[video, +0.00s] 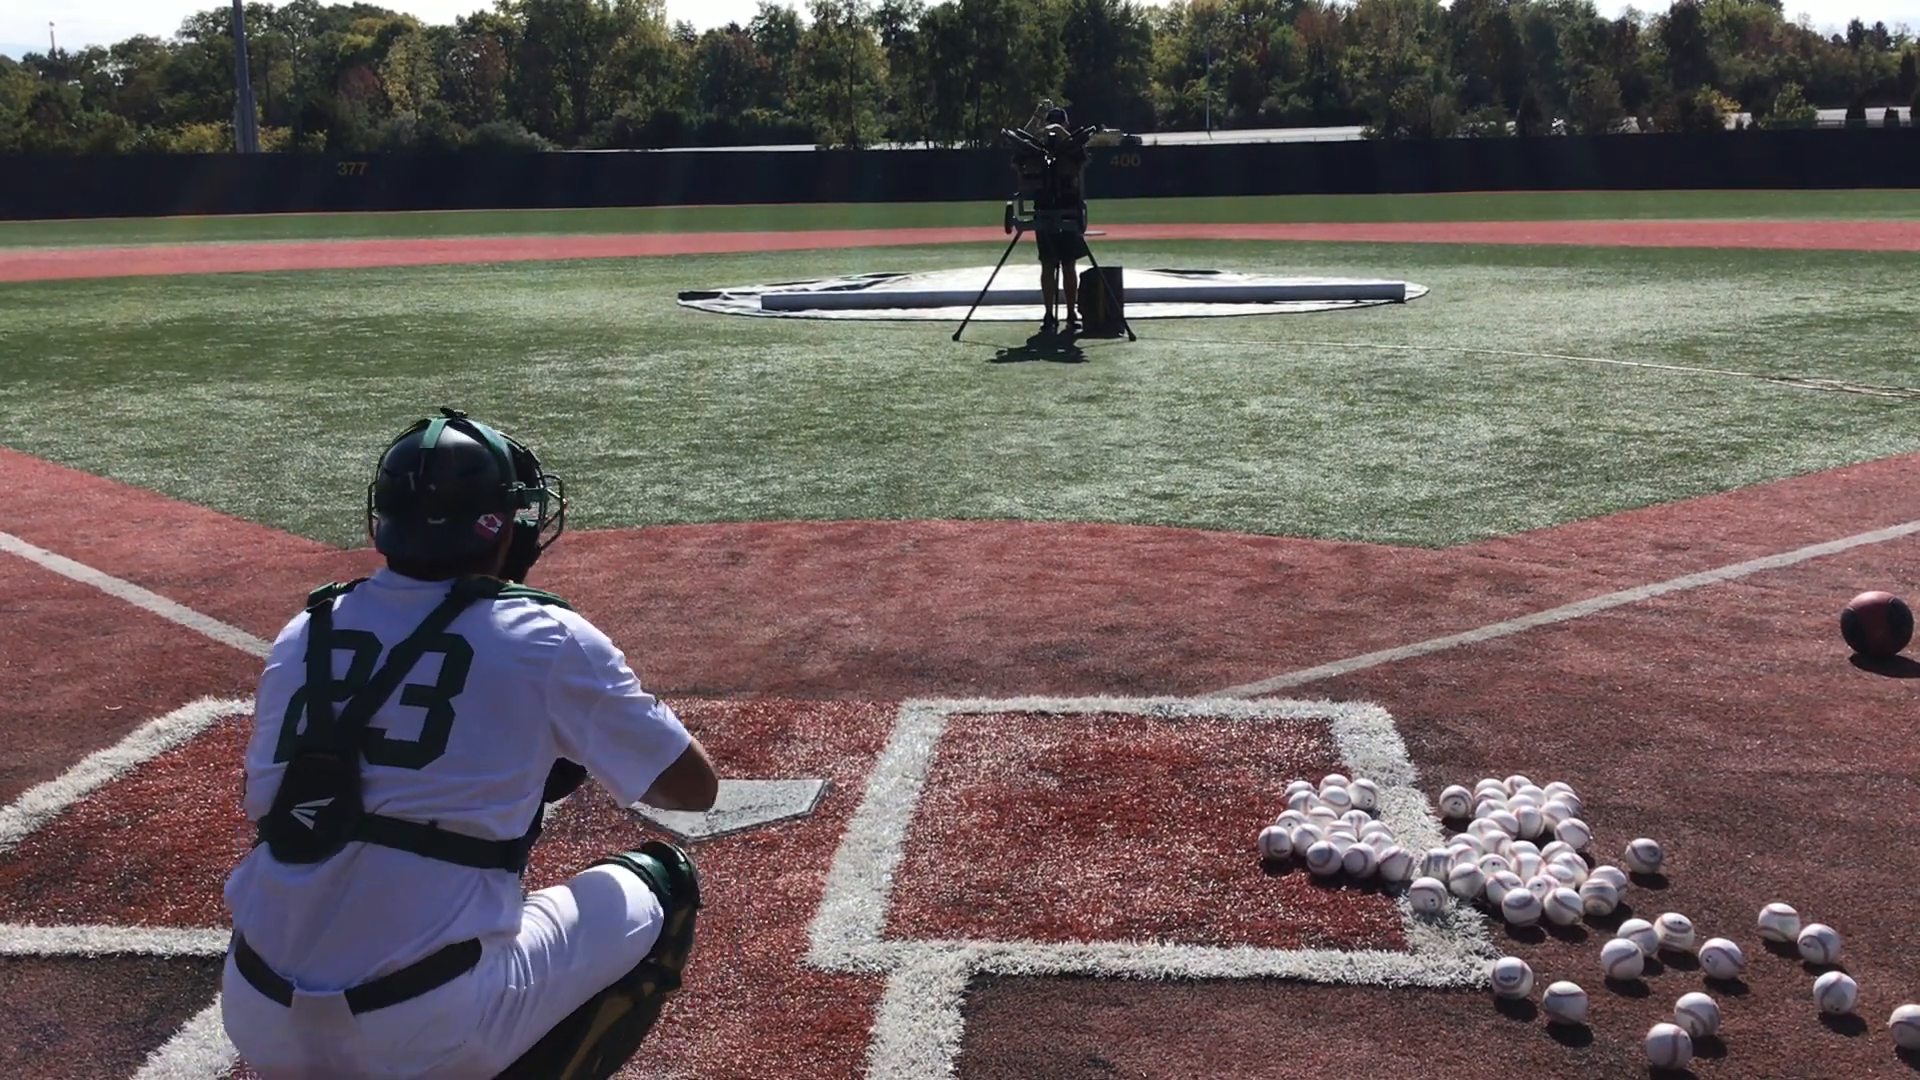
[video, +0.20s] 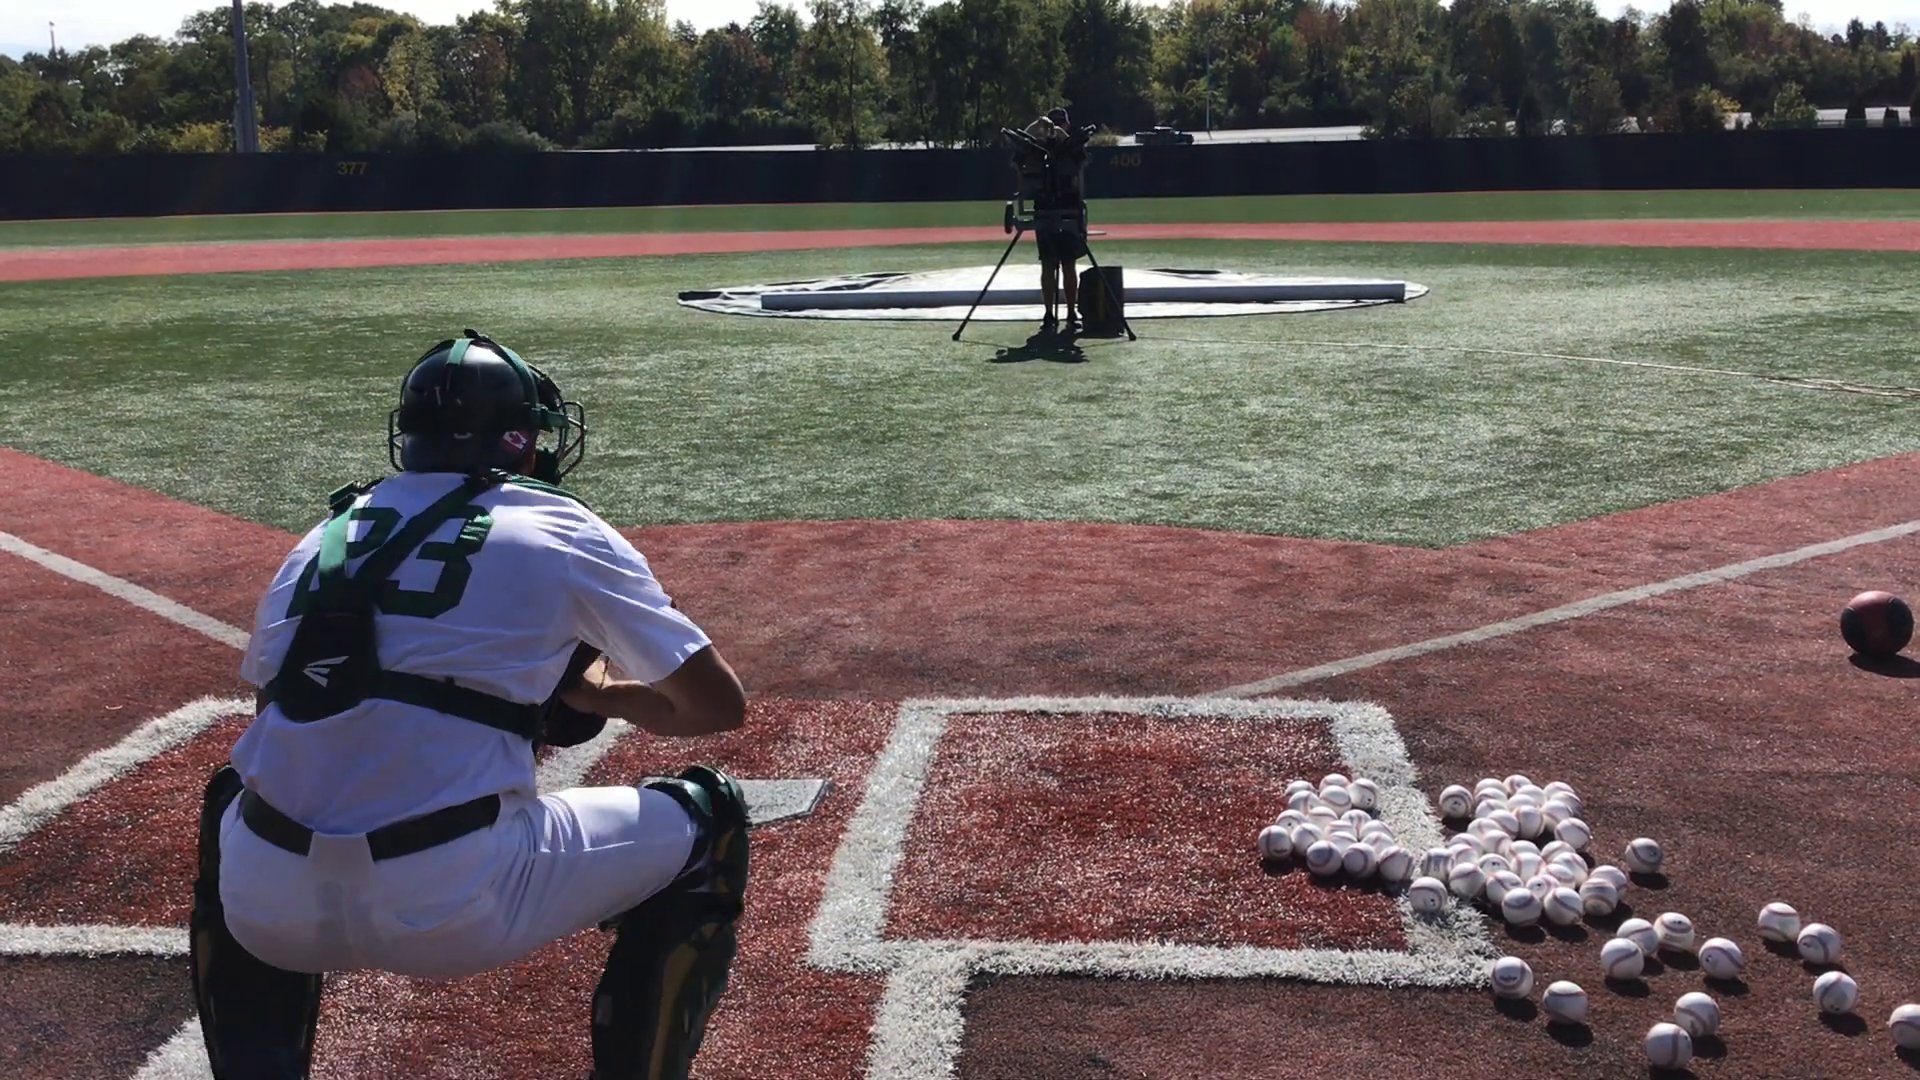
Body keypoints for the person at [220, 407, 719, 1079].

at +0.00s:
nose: (529, 529)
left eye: (526, 512)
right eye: (521, 516)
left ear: (385, 527)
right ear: (499, 534)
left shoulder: (307, 627)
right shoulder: (547, 639)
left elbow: (262, 801)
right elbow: (694, 786)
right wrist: (592, 746)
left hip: (259, 1024)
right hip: (420, 1039)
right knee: (665, 884)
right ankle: (544, 1067)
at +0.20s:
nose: (542, 448)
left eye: (539, 432)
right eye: (535, 433)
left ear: (412, 437)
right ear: (515, 443)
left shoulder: (332, 530)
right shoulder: (560, 528)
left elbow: (264, 681)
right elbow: (716, 704)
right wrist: (593, 691)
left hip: (270, 889)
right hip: (450, 899)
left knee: (233, 795)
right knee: (707, 823)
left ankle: (254, 1066)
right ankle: (637, 1065)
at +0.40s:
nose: (556, 503)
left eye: (551, 485)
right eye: (550, 487)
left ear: (417, 491)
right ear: (529, 498)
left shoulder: (340, 583)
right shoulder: (560, 581)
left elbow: (279, 734)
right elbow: (726, 751)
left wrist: (521, 765)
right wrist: (601, 760)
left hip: (257, 925)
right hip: (445, 933)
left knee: (213, 833)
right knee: (714, 867)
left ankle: (173, 1064)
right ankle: (689, 1063)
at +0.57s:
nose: (531, 537)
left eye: (530, 521)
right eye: (524, 522)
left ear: (397, 525)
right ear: (499, 535)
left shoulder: (316, 615)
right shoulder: (520, 626)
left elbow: (239, 763)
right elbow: (710, 768)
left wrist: (463, 814)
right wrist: (567, 811)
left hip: (202, 977)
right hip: (374, 982)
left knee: (200, 885)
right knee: (681, 863)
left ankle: (170, 1069)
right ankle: (672, 1065)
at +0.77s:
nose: (506, 556)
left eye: (503, 540)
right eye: (499, 541)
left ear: (370, 543)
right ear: (474, 557)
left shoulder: (299, 623)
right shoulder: (476, 655)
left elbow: (195, 786)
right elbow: (691, 777)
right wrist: (602, 798)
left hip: (159, 993)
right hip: (292, 1012)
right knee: (640, 861)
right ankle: (655, 1061)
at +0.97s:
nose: (493, 560)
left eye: (491, 544)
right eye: (484, 549)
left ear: (354, 559)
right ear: (457, 571)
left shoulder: (303, 629)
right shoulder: (429, 677)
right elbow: (641, 791)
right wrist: (686, 837)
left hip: (196, 1000)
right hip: (278, 1029)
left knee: (445, 794)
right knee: (611, 865)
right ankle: (655, 1060)